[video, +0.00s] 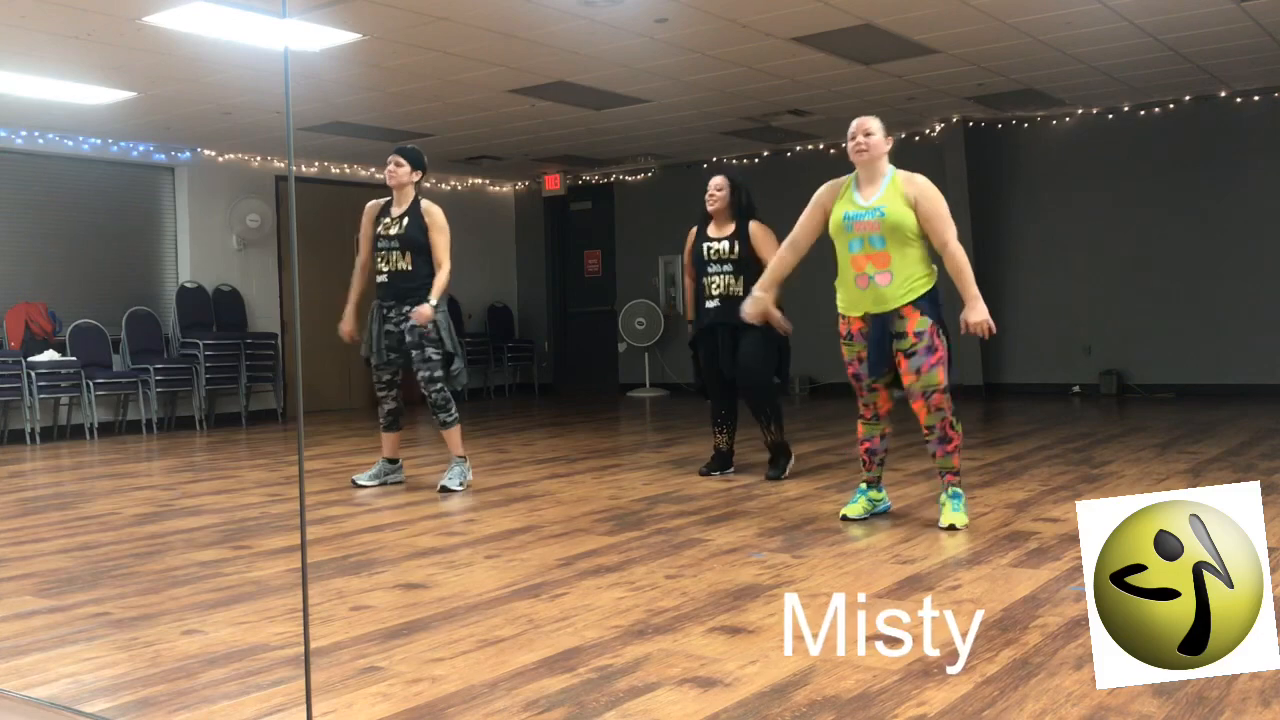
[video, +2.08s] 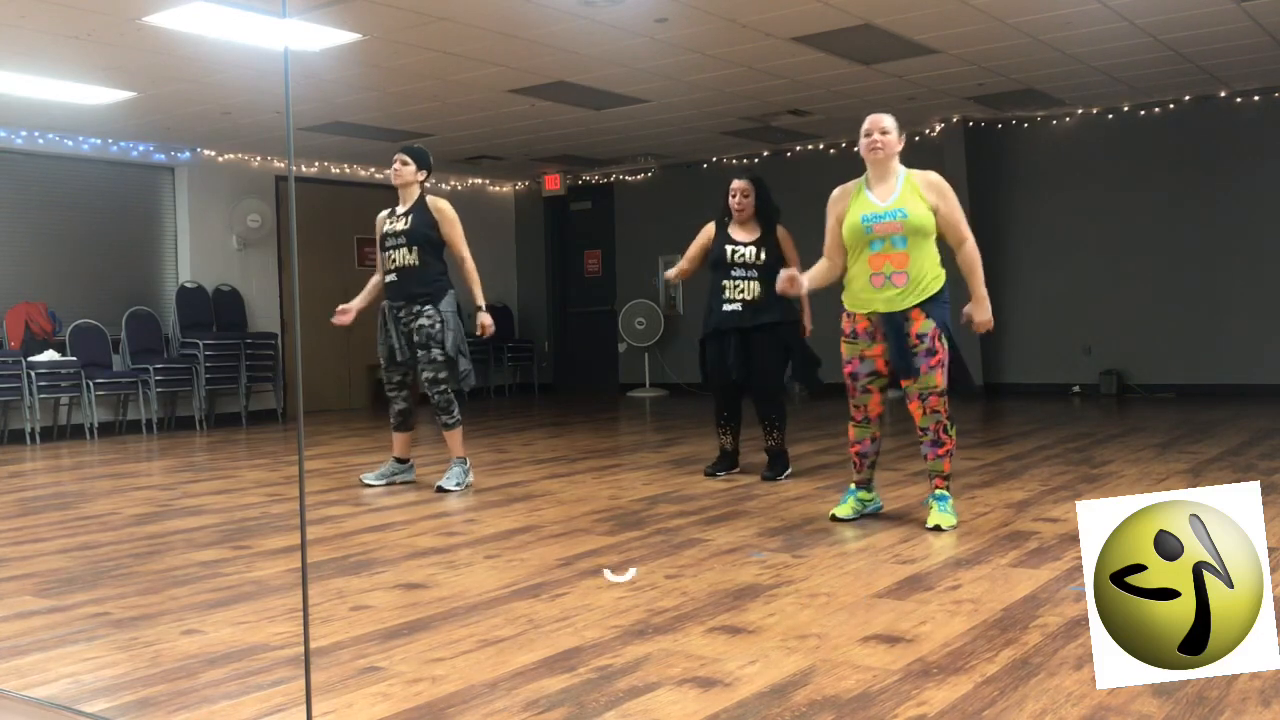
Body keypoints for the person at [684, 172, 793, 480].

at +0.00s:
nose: (710, 195)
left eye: (718, 189)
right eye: (708, 190)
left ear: (734, 195)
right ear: (705, 197)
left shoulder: (754, 231)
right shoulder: (696, 235)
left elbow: (779, 269)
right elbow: (690, 277)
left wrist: (767, 305)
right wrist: (691, 319)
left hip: (751, 327)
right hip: (712, 328)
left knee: (755, 386)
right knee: (719, 392)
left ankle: (779, 451)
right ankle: (722, 455)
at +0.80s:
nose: (723, 199)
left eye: (730, 194)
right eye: (719, 195)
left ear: (744, 200)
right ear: (714, 201)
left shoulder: (762, 237)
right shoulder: (702, 235)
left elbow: (787, 274)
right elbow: (685, 267)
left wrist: (792, 314)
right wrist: (671, 297)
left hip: (758, 327)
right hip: (716, 329)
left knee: (751, 372)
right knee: (718, 392)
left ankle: (772, 435)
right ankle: (725, 454)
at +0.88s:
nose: (725, 197)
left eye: (732, 192)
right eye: (720, 192)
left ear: (745, 196)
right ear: (715, 198)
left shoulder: (763, 232)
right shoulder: (705, 230)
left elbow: (786, 272)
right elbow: (690, 264)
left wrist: (793, 312)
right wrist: (662, 255)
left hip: (758, 324)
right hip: (718, 326)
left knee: (753, 380)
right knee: (721, 388)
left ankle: (775, 445)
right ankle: (725, 454)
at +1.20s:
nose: (736, 199)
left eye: (743, 194)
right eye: (732, 194)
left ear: (758, 198)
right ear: (728, 200)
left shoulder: (775, 230)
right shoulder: (723, 234)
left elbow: (791, 272)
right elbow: (700, 266)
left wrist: (761, 282)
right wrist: (685, 232)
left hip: (771, 325)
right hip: (733, 326)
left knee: (771, 387)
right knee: (705, 376)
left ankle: (779, 458)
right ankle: (718, 445)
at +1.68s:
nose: (740, 196)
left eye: (747, 191)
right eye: (736, 191)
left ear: (762, 196)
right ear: (732, 198)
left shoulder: (777, 223)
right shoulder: (729, 234)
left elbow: (806, 249)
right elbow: (709, 269)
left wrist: (783, 255)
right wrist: (693, 237)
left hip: (776, 322)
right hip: (737, 323)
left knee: (774, 386)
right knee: (712, 373)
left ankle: (780, 458)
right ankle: (723, 440)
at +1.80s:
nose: (738, 200)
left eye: (746, 195)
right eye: (735, 194)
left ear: (759, 201)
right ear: (730, 200)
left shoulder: (774, 228)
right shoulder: (728, 239)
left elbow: (808, 251)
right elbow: (716, 284)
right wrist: (698, 259)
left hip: (775, 326)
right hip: (737, 326)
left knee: (774, 388)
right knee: (705, 368)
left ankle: (780, 458)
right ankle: (721, 428)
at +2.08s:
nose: (738, 200)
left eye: (745, 195)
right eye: (733, 194)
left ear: (757, 199)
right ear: (727, 199)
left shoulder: (776, 233)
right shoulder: (713, 230)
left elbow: (796, 275)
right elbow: (689, 262)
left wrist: (805, 314)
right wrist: (677, 272)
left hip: (768, 329)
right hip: (724, 329)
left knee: (768, 392)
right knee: (725, 392)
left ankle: (777, 457)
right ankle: (728, 456)